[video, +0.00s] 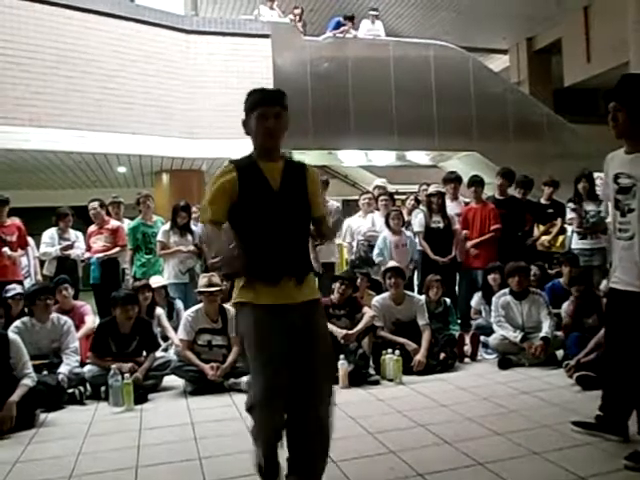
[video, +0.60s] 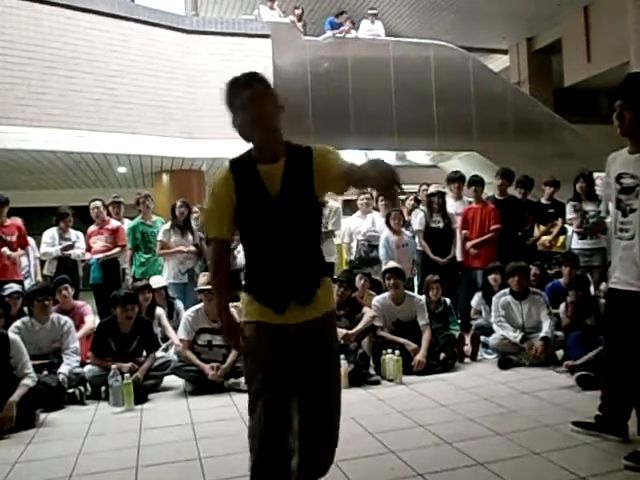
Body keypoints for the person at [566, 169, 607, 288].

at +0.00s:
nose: (583, 185)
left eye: (586, 182)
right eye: (580, 182)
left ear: (591, 185)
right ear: (576, 185)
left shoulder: (601, 203)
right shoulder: (572, 204)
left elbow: (604, 223)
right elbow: (576, 225)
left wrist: (585, 227)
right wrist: (598, 225)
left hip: (598, 248)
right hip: (579, 248)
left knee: (596, 285)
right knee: (579, 284)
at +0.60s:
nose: (581, 186)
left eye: (584, 182)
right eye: (578, 182)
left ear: (590, 185)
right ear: (575, 185)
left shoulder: (599, 203)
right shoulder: (572, 204)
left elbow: (603, 223)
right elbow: (576, 225)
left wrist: (585, 229)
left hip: (598, 247)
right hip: (579, 247)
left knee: (597, 284)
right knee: (579, 283)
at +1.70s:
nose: (584, 187)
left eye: (587, 183)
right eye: (581, 184)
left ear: (591, 185)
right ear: (576, 186)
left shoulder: (601, 201)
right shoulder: (571, 204)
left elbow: (603, 223)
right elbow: (575, 226)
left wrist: (585, 229)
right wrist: (581, 214)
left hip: (597, 246)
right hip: (579, 246)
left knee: (598, 282)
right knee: (580, 281)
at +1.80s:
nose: (584, 187)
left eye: (587, 183)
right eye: (581, 183)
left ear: (591, 185)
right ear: (576, 186)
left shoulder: (601, 201)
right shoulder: (571, 204)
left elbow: (602, 223)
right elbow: (575, 226)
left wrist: (585, 229)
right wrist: (581, 214)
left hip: (597, 246)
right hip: (579, 246)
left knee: (598, 280)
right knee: (580, 280)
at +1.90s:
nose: (585, 187)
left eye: (587, 183)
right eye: (581, 183)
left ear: (591, 185)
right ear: (577, 186)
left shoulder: (600, 201)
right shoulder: (571, 204)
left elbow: (603, 224)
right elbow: (575, 225)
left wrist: (584, 229)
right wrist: (581, 214)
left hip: (597, 246)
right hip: (579, 246)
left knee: (600, 284)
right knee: (580, 284)